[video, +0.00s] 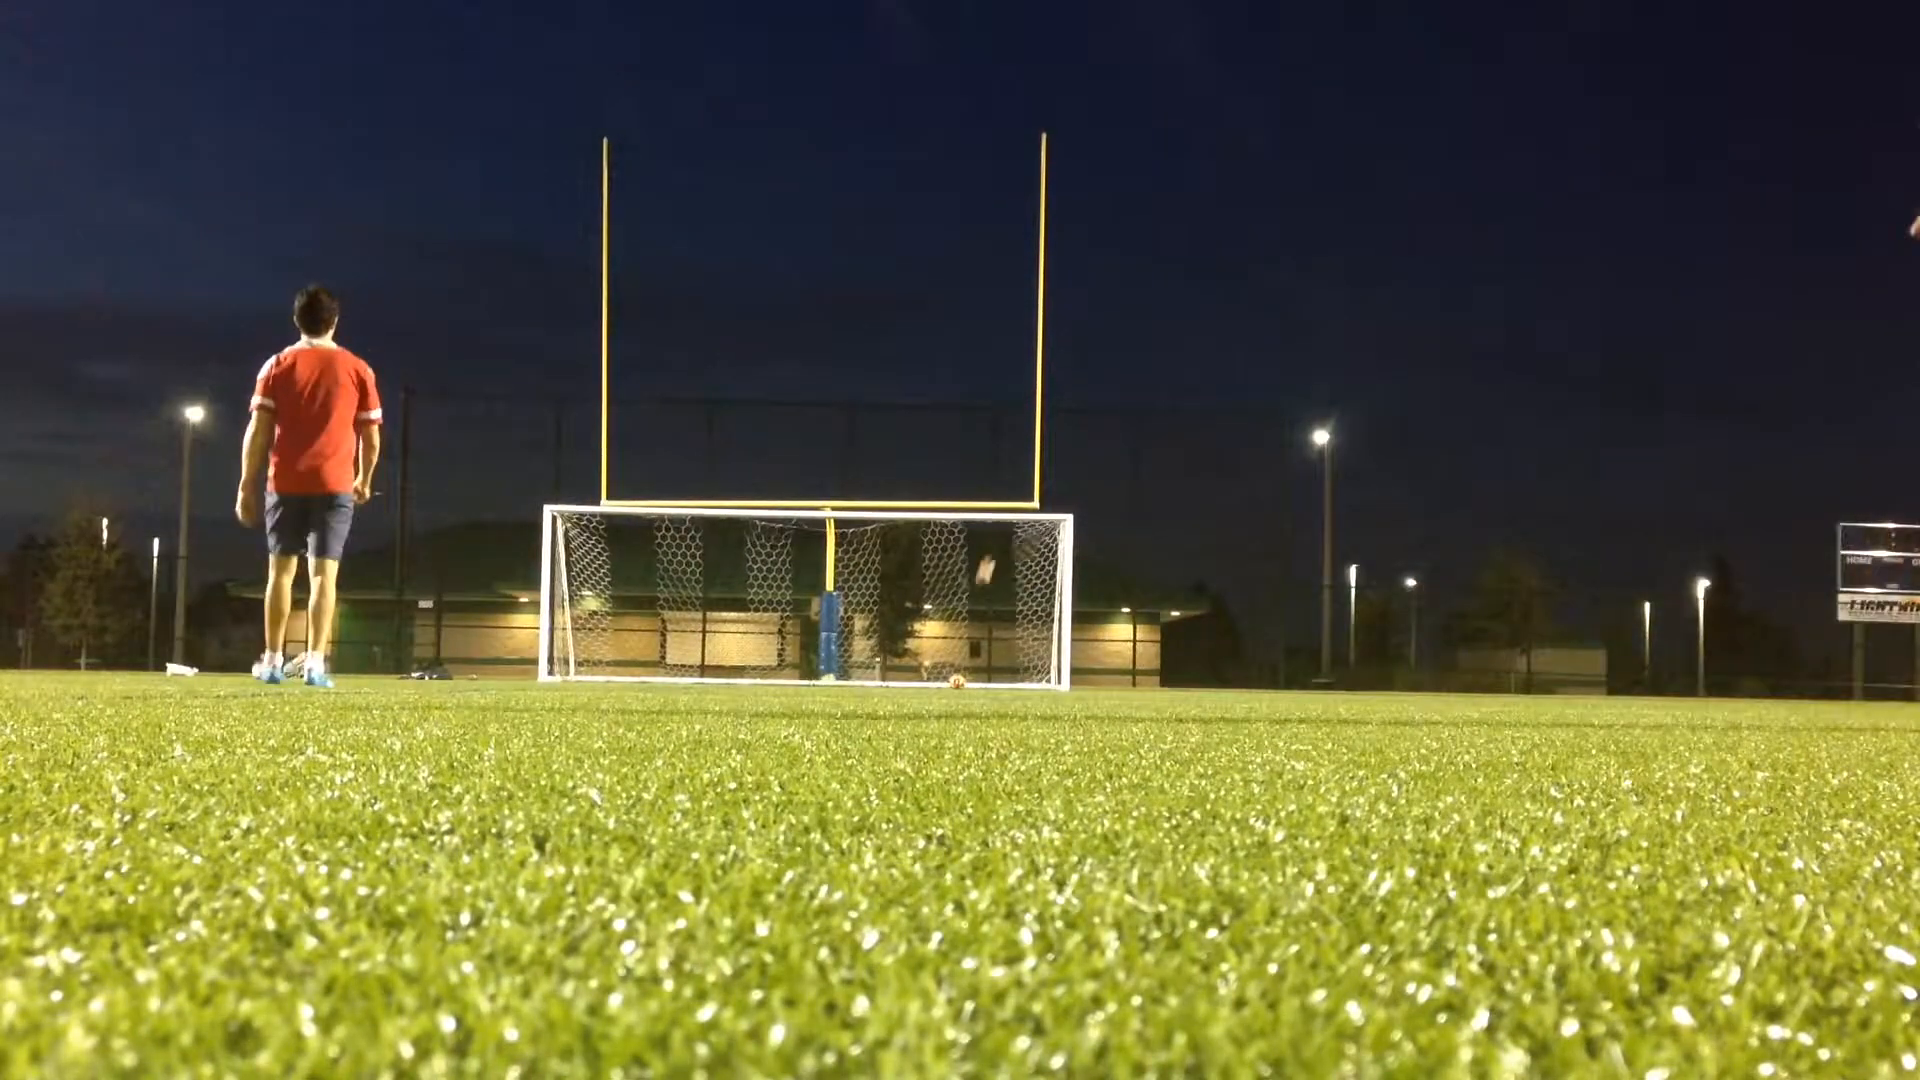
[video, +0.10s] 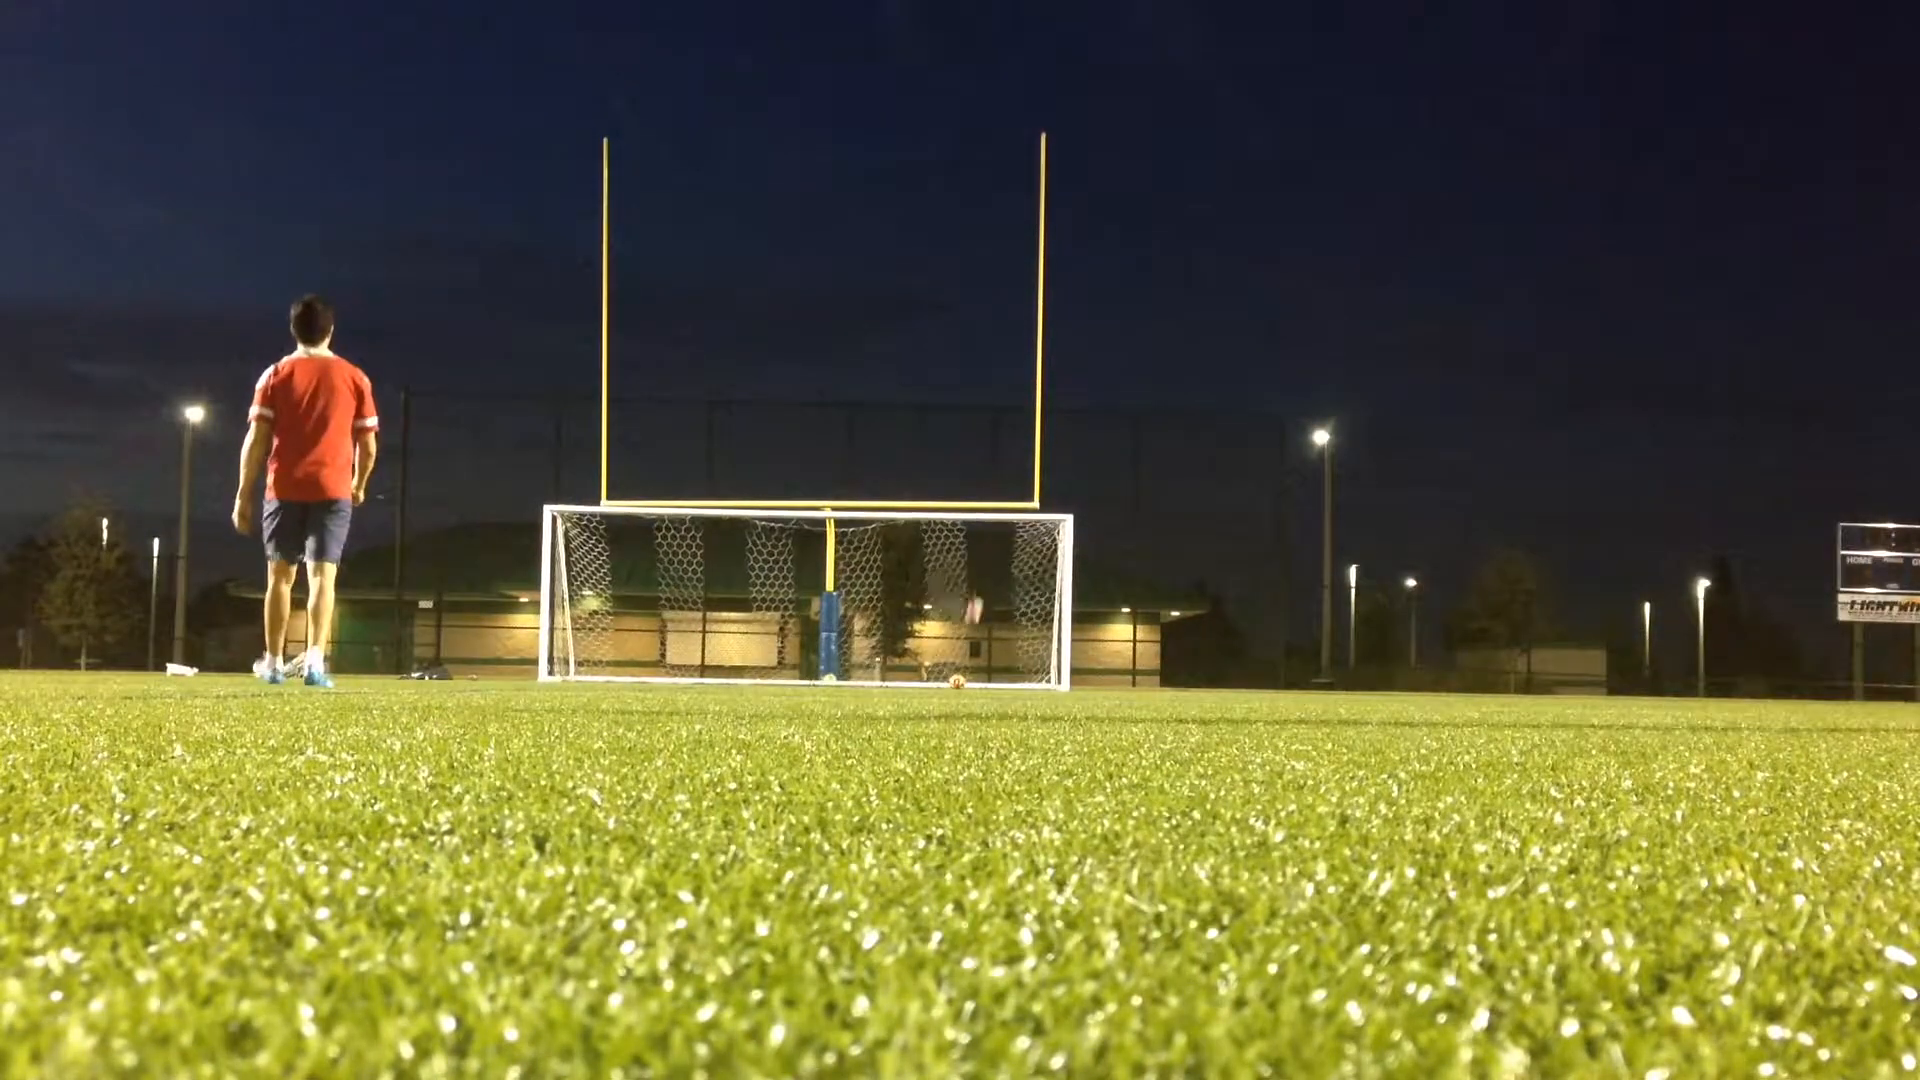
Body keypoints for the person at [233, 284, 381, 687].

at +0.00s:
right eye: (331, 318)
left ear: (296, 322)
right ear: (334, 323)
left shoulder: (276, 365)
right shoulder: (358, 369)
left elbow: (258, 430)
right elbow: (371, 438)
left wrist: (246, 487)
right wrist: (365, 478)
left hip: (285, 482)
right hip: (336, 482)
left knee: (280, 572)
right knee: (324, 576)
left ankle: (272, 659)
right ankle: (315, 662)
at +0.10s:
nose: (324, 333)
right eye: (328, 327)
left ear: (292, 331)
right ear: (330, 332)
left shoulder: (275, 374)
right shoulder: (354, 377)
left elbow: (257, 438)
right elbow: (368, 445)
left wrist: (243, 496)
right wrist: (360, 483)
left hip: (285, 489)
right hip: (334, 488)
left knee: (280, 578)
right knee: (323, 576)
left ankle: (272, 662)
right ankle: (315, 661)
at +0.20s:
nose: (321, 338)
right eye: (324, 332)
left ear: (288, 337)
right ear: (325, 337)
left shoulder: (272, 381)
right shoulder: (350, 382)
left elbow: (255, 445)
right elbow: (363, 451)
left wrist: (243, 500)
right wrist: (356, 490)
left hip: (281, 491)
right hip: (329, 491)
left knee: (278, 579)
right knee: (321, 577)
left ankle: (273, 666)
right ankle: (316, 650)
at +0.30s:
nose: (320, 339)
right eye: (322, 334)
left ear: (286, 338)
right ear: (322, 338)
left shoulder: (269, 381)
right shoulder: (346, 382)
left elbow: (254, 448)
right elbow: (358, 446)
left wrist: (247, 503)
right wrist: (357, 494)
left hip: (278, 492)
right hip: (325, 493)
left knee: (277, 577)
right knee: (321, 576)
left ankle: (274, 664)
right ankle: (312, 626)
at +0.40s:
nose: (324, 338)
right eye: (325, 333)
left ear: (288, 336)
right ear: (325, 336)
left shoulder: (269, 379)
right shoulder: (346, 380)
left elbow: (255, 445)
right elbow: (357, 442)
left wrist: (253, 497)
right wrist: (360, 493)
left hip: (277, 490)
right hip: (325, 492)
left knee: (277, 578)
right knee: (323, 570)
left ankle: (273, 664)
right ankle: (310, 637)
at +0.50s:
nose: (329, 347)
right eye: (329, 341)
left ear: (294, 344)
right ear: (329, 344)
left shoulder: (272, 384)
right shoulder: (348, 388)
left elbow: (257, 453)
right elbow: (358, 449)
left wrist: (270, 487)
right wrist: (362, 502)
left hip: (280, 492)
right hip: (326, 495)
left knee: (279, 575)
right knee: (324, 578)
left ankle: (274, 663)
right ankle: (318, 661)